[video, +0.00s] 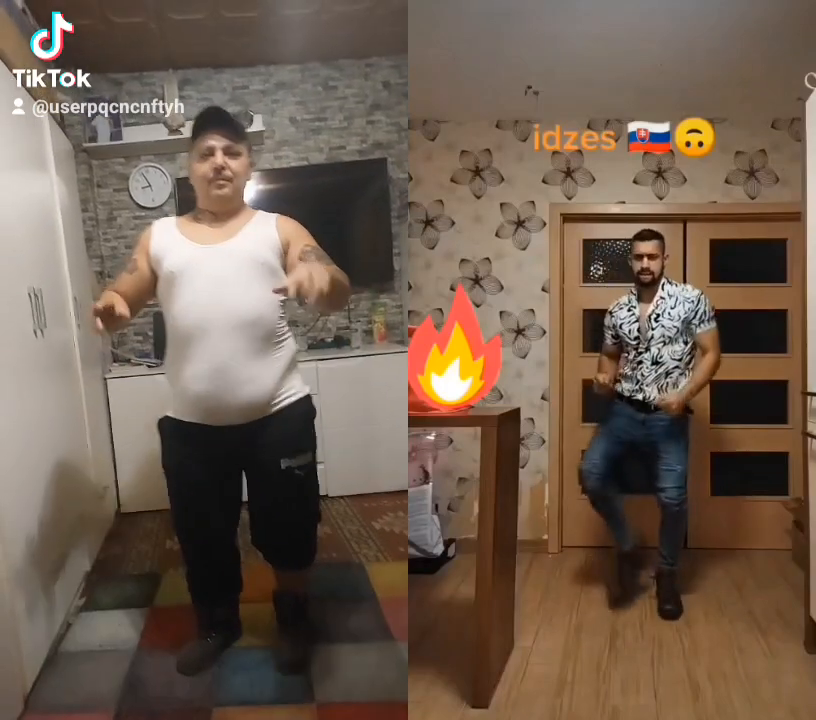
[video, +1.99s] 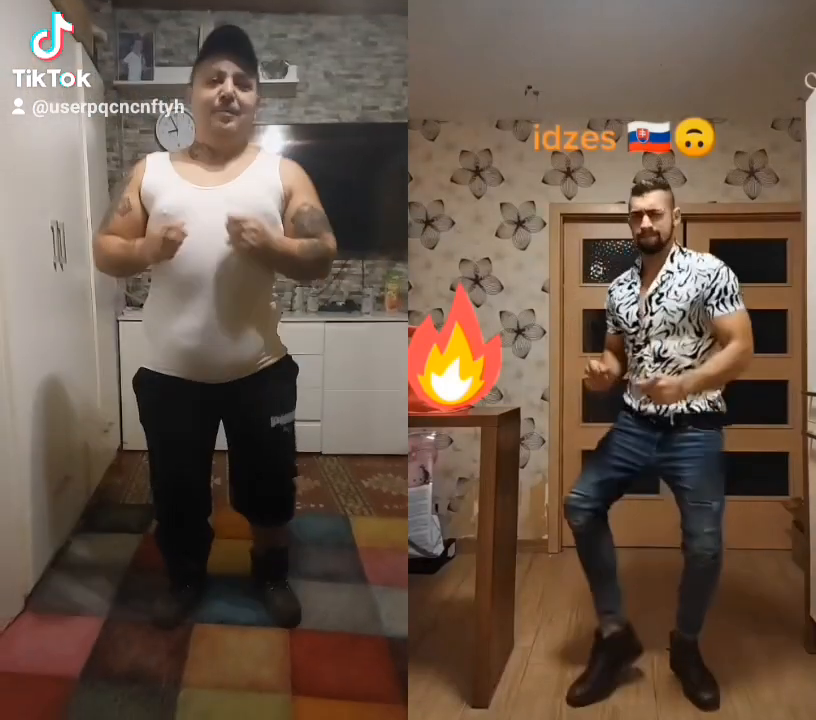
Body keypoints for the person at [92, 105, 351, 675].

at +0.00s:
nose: (220, 164)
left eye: (232, 153)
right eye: (207, 155)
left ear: (249, 166)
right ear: (190, 169)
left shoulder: (281, 231)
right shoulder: (159, 239)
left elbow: (336, 298)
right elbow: (123, 295)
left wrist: (322, 278)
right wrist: (111, 307)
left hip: (278, 414)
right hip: (192, 420)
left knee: (289, 534)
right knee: (203, 538)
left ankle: (293, 621)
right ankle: (216, 627)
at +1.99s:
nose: (227, 92)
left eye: (241, 82)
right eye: (213, 80)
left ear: (258, 100)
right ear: (190, 94)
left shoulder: (284, 175)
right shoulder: (150, 173)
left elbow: (323, 254)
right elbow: (105, 250)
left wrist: (274, 246)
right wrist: (144, 250)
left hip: (257, 368)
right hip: (171, 372)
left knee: (269, 488)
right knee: (176, 493)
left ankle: (272, 577)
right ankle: (184, 583)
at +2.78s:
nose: (220, 148)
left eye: (231, 137)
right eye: (206, 140)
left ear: (249, 149)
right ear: (189, 158)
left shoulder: (288, 200)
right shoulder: (176, 238)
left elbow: (355, 244)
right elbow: (160, 310)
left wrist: (323, 287)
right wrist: (170, 339)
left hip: (287, 398)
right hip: (201, 399)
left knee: (286, 518)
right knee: (183, 515)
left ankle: (274, 600)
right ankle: (176, 595)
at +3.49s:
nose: (255, 107)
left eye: (269, 99)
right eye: (245, 92)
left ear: (281, 117)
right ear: (216, 97)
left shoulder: (287, 198)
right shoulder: (168, 164)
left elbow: (298, 283)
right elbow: (113, 233)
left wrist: (304, 277)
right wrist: (167, 268)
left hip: (245, 374)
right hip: (158, 371)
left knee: (264, 495)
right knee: (152, 499)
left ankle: (268, 584)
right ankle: (147, 594)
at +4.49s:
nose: (195, 125)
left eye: (212, 110)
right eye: (185, 116)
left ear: (253, 119)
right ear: (178, 134)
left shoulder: (304, 196)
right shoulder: (166, 219)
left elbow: (363, 291)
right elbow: (125, 303)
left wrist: (337, 260)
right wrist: (89, 291)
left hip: (285, 436)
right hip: (181, 433)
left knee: (291, 579)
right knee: (152, 578)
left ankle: (280, 659)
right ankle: (142, 668)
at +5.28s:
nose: (210, 181)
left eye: (221, 164)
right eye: (194, 172)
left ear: (246, 176)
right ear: (176, 193)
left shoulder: (293, 248)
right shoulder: (158, 276)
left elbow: (350, 326)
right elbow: (123, 368)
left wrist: (353, 267)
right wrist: (120, 322)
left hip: (288, 480)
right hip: (186, 483)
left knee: (299, 627)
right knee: (152, 633)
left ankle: (292, 703)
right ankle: (136, 705)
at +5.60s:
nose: (258, 244)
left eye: (272, 232)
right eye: (242, 230)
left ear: (286, 248)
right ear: (212, 247)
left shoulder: (316, 330)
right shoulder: (170, 325)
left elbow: (370, 414)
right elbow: (102, 399)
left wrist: (359, 327)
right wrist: (92, 355)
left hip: (286, 575)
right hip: (169, 574)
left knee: (308, 712)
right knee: (140, 712)